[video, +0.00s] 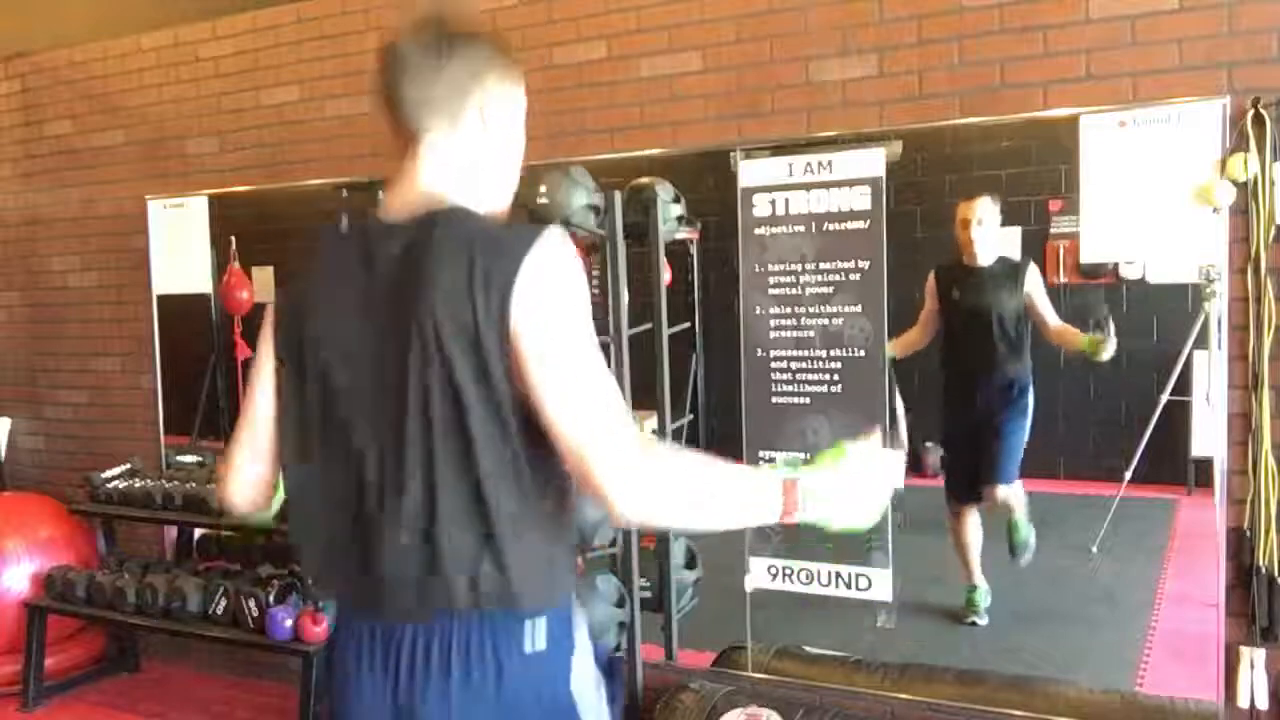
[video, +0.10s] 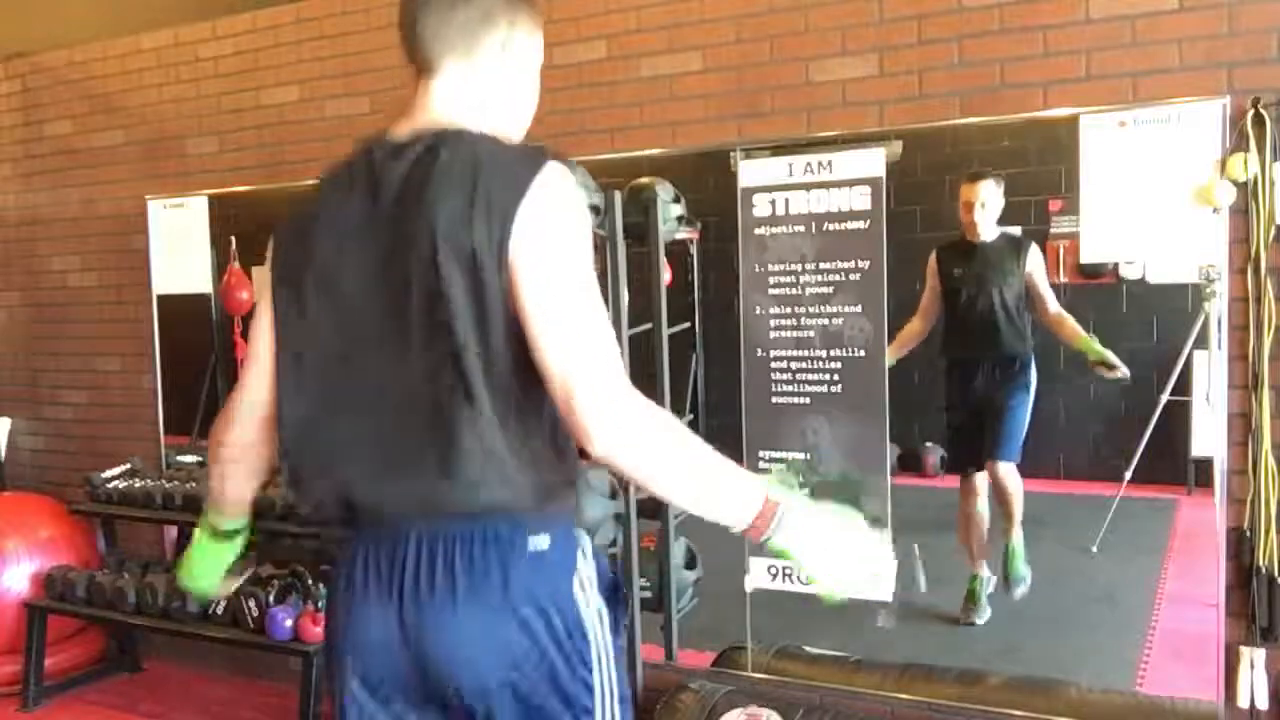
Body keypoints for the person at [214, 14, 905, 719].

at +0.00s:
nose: (521, 147)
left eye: (519, 120)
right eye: (517, 120)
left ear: (401, 123)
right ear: (489, 118)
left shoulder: (307, 280)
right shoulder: (522, 258)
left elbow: (244, 489)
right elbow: (625, 475)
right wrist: (802, 492)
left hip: (365, 658)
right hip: (516, 659)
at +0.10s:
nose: (537, 91)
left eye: (537, 66)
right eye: (537, 65)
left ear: (418, 59)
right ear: (515, 55)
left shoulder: (309, 222)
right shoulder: (527, 187)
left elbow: (247, 425)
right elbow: (603, 414)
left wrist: (218, 532)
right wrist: (780, 515)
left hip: (367, 585)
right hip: (517, 578)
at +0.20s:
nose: (549, 105)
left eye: (546, 81)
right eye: (547, 81)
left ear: (426, 72)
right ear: (529, 72)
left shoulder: (314, 226)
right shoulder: (537, 198)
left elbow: (255, 439)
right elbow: (605, 432)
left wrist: (222, 531)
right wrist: (784, 524)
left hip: (369, 576)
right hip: (519, 575)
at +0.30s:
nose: (549, 174)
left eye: (549, 153)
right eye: (549, 151)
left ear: (430, 146)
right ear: (526, 145)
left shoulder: (317, 308)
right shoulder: (544, 288)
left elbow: (251, 511)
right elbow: (629, 506)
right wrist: (809, 504)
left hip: (389, 649)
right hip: (539, 640)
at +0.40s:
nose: (556, 155)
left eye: (555, 131)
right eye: (555, 129)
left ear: (437, 120)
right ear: (537, 120)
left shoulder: (323, 278)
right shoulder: (547, 259)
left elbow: (256, 484)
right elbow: (642, 480)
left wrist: (354, 421)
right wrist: (812, 500)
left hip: (388, 655)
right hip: (539, 652)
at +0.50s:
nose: (567, 85)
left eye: (564, 63)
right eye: (565, 63)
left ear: (445, 61)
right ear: (547, 58)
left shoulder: (333, 215)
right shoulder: (557, 193)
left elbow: (270, 417)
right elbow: (613, 429)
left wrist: (236, 533)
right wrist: (787, 533)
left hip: (376, 577)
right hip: (526, 578)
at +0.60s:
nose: (564, 102)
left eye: (562, 77)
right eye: (562, 76)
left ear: (441, 71)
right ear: (537, 69)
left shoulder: (331, 228)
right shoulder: (550, 208)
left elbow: (283, 443)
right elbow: (613, 455)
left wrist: (264, 528)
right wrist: (790, 556)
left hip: (375, 592)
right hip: (524, 600)